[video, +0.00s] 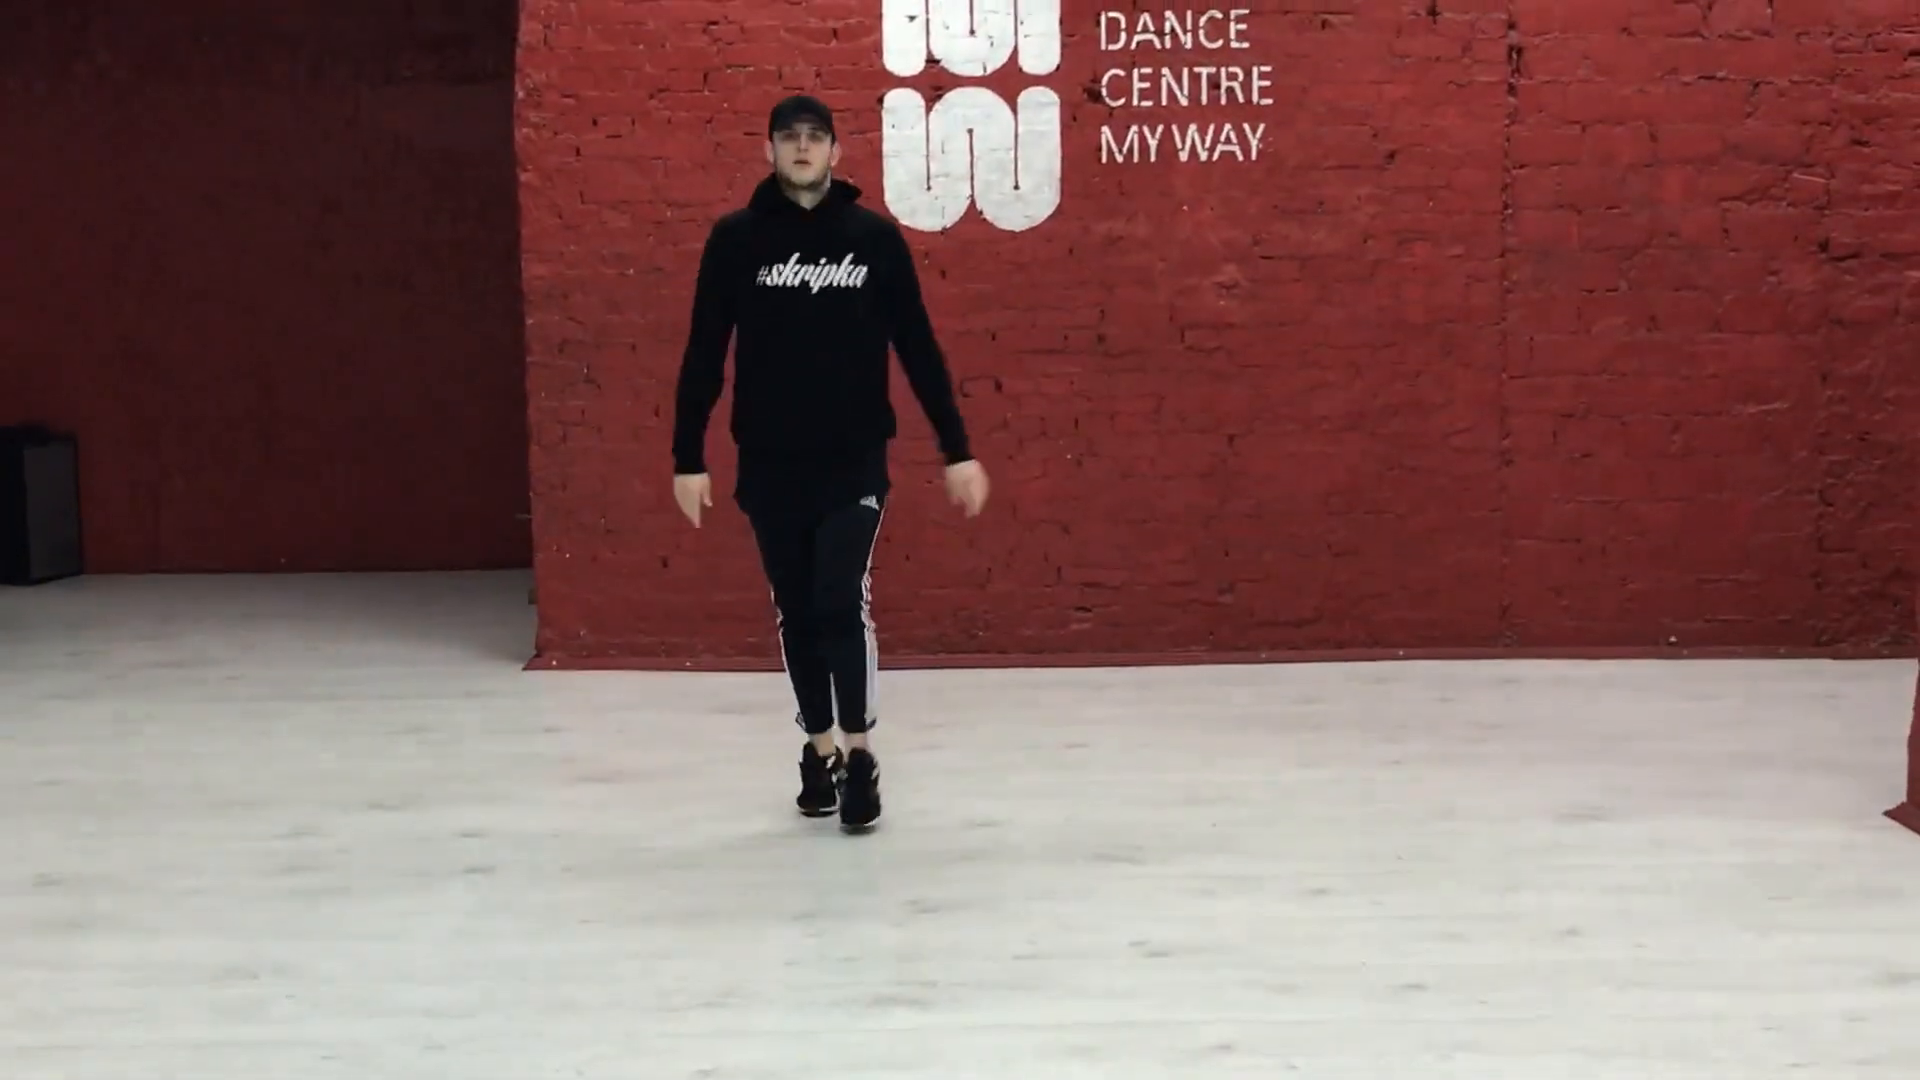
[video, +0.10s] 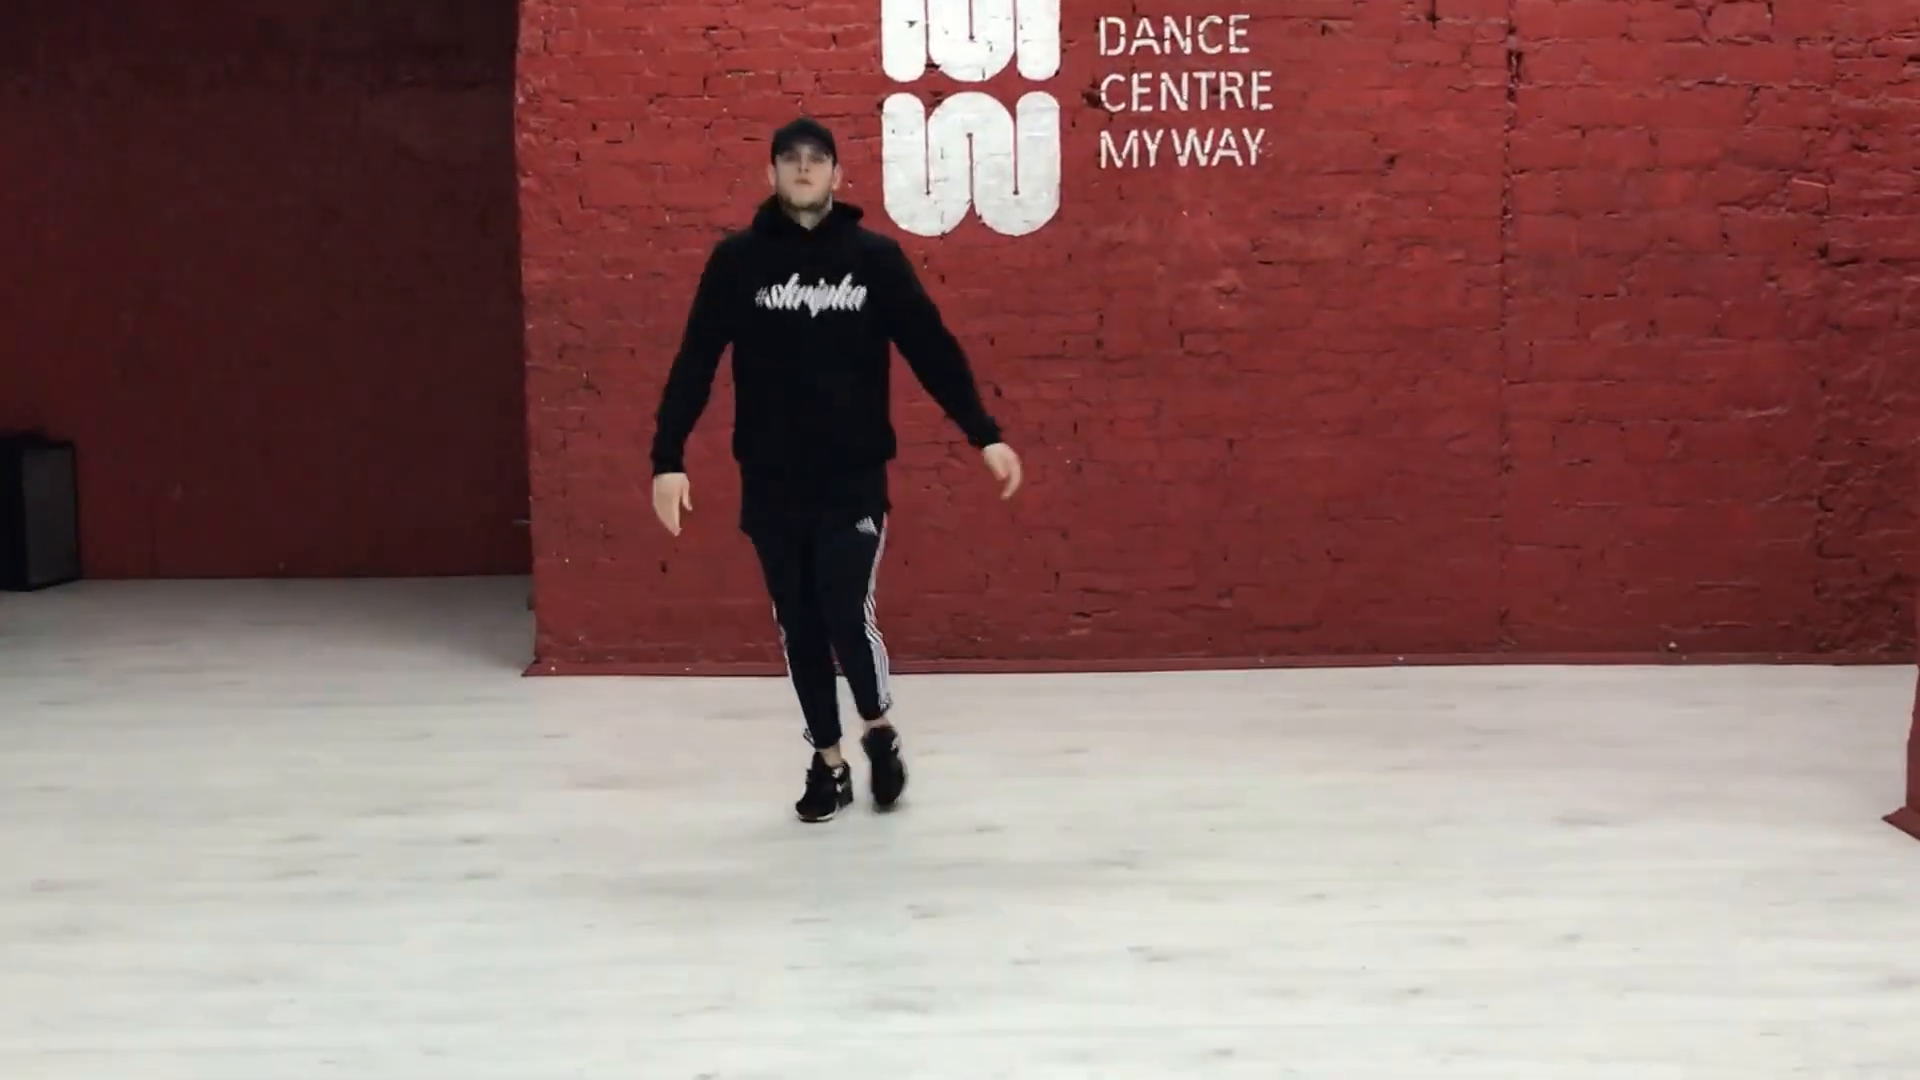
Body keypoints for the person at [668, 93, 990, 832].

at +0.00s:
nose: (802, 150)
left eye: (815, 139)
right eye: (790, 139)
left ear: (834, 151)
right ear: (770, 151)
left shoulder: (876, 238)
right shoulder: (735, 239)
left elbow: (918, 346)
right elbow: (705, 351)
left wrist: (956, 449)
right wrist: (687, 457)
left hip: (853, 454)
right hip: (769, 456)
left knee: (839, 603)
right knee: (796, 611)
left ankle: (858, 756)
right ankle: (820, 751)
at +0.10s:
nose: (802, 172)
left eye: (815, 161)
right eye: (790, 161)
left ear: (836, 174)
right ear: (771, 174)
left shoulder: (875, 258)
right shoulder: (737, 259)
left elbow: (931, 348)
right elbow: (696, 360)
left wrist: (985, 434)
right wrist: (668, 458)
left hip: (854, 467)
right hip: (769, 470)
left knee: (844, 613)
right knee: (799, 623)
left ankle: (879, 734)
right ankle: (828, 760)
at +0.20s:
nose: (806, 189)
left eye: (819, 180)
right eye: (794, 179)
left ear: (838, 196)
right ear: (775, 194)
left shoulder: (874, 283)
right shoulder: (741, 285)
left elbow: (930, 367)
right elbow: (701, 378)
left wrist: (990, 434)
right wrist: (667, 467)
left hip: (857, 487)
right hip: (773, 491)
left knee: (852, 632)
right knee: (800, 641)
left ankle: (893, 747)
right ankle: (827, 769)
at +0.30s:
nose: (812, 172)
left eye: (824, 163)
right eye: (799, 162)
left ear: (843, 180)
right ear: (779, 178)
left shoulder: (880, 268)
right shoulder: (745, 268)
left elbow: (916, 367)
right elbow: (718, 374)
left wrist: (952, 448)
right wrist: (716, 469)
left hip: (865, 476)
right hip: (781, 480)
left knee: (865, 624)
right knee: (806, 633)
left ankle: (891, 751)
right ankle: (825, 773)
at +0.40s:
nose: (820, 171)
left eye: (832, 162)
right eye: (807, 161)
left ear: (849, 176)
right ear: (787, 175)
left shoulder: (887, 262)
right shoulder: (752, 262)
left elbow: (905, 373)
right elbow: (743, 377)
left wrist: (889, 463)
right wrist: (777, 470)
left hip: (871, 468)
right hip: (791, 471)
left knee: (873, 622)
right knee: (812, 625)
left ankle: (881, 755)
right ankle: (815, 774)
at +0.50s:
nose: (829, 210)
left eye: (840, 198)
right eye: (815, 199)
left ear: (858, 209)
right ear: (797, 211)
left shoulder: (896, 300)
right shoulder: (763, 299)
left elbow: (906, 410)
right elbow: (763, 411)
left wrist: (831, 455)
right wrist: (827, 481)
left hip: (880, 499)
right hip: (796, 498)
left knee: (873, 647)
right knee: (818, 646)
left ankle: (874, 771)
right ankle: (817, 786)